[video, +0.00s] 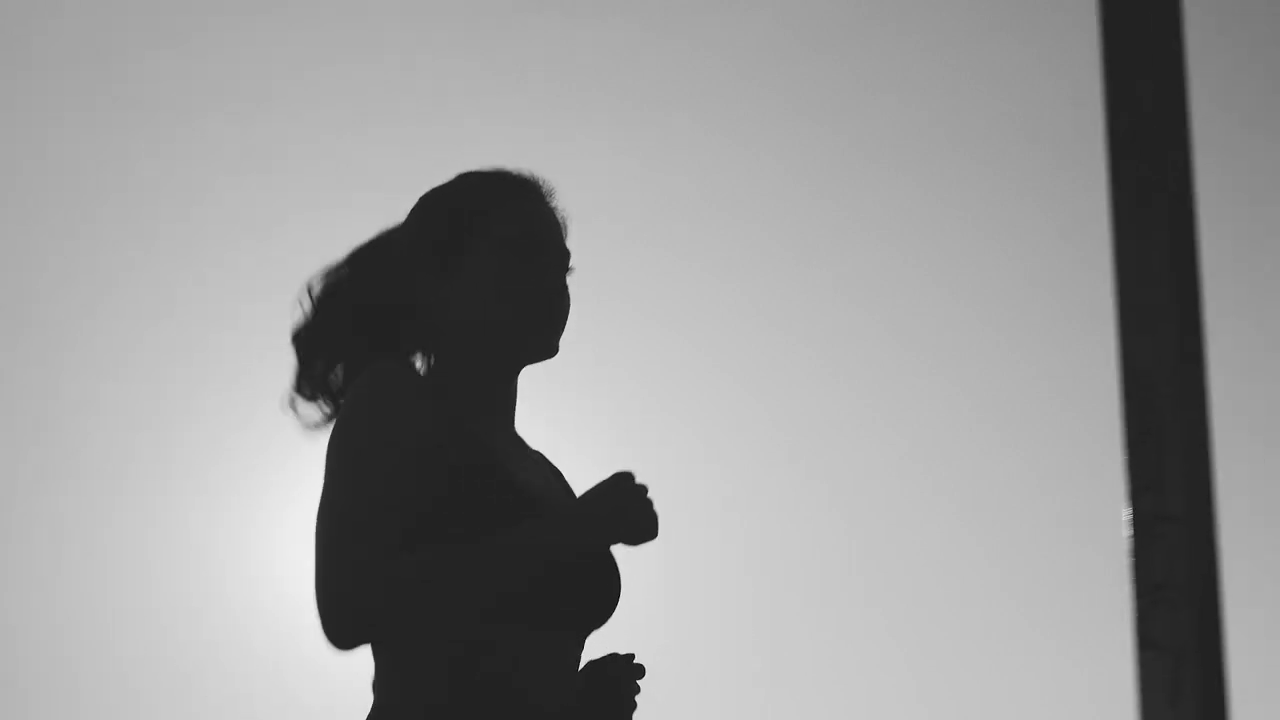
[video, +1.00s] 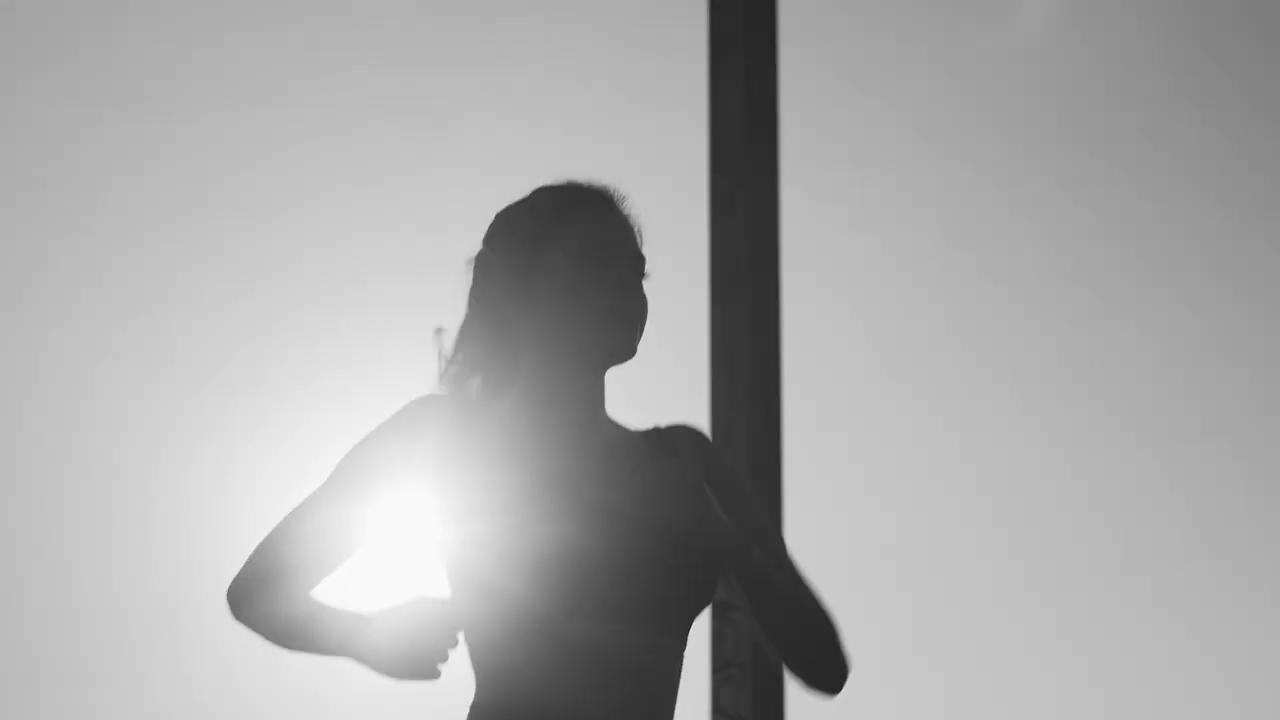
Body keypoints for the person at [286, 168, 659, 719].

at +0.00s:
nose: (563, 292)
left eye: (563, 268)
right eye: (540, 264)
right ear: (463, 273)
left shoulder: (540, 472)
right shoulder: (390, 405)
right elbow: (346, 609)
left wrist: (577, 697)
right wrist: (574, 529)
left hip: (531, 708)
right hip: (423, 705)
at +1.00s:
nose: (643, 294)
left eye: (640, 271)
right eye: (622, 270)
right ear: (548, 285)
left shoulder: (678, 463)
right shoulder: (438, 434)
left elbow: (826, 668)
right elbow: (258, 593)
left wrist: (726, 530)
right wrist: (364, 636)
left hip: (637, 710)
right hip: (506, 710)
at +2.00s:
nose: (749, 278)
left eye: (743, 260)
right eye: (717, 259)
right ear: (634, 279)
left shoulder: (685, 430)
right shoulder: (593, 394)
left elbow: (569, 660)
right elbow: (609, 603)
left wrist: (764, 684)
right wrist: (783, 507)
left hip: (722, 708)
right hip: (653, 706)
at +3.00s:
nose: (739, 276)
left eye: (736, 258)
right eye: (706, 254)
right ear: (614, 282)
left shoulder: (775, 455)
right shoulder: (549, 429)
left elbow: (901, 664)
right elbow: (392, 599)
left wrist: (815, 517)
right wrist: (512, 624)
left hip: (747, 710)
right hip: (614, 707)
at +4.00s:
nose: (688, 260)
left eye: (687, 241)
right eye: (664, 238)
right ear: (598, 249)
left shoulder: (644, 424)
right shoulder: (531, 361)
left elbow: (486, 607)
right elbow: (531, 553)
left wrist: (675, 637)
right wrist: (710, 476)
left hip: (670, 702)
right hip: (575, 698)